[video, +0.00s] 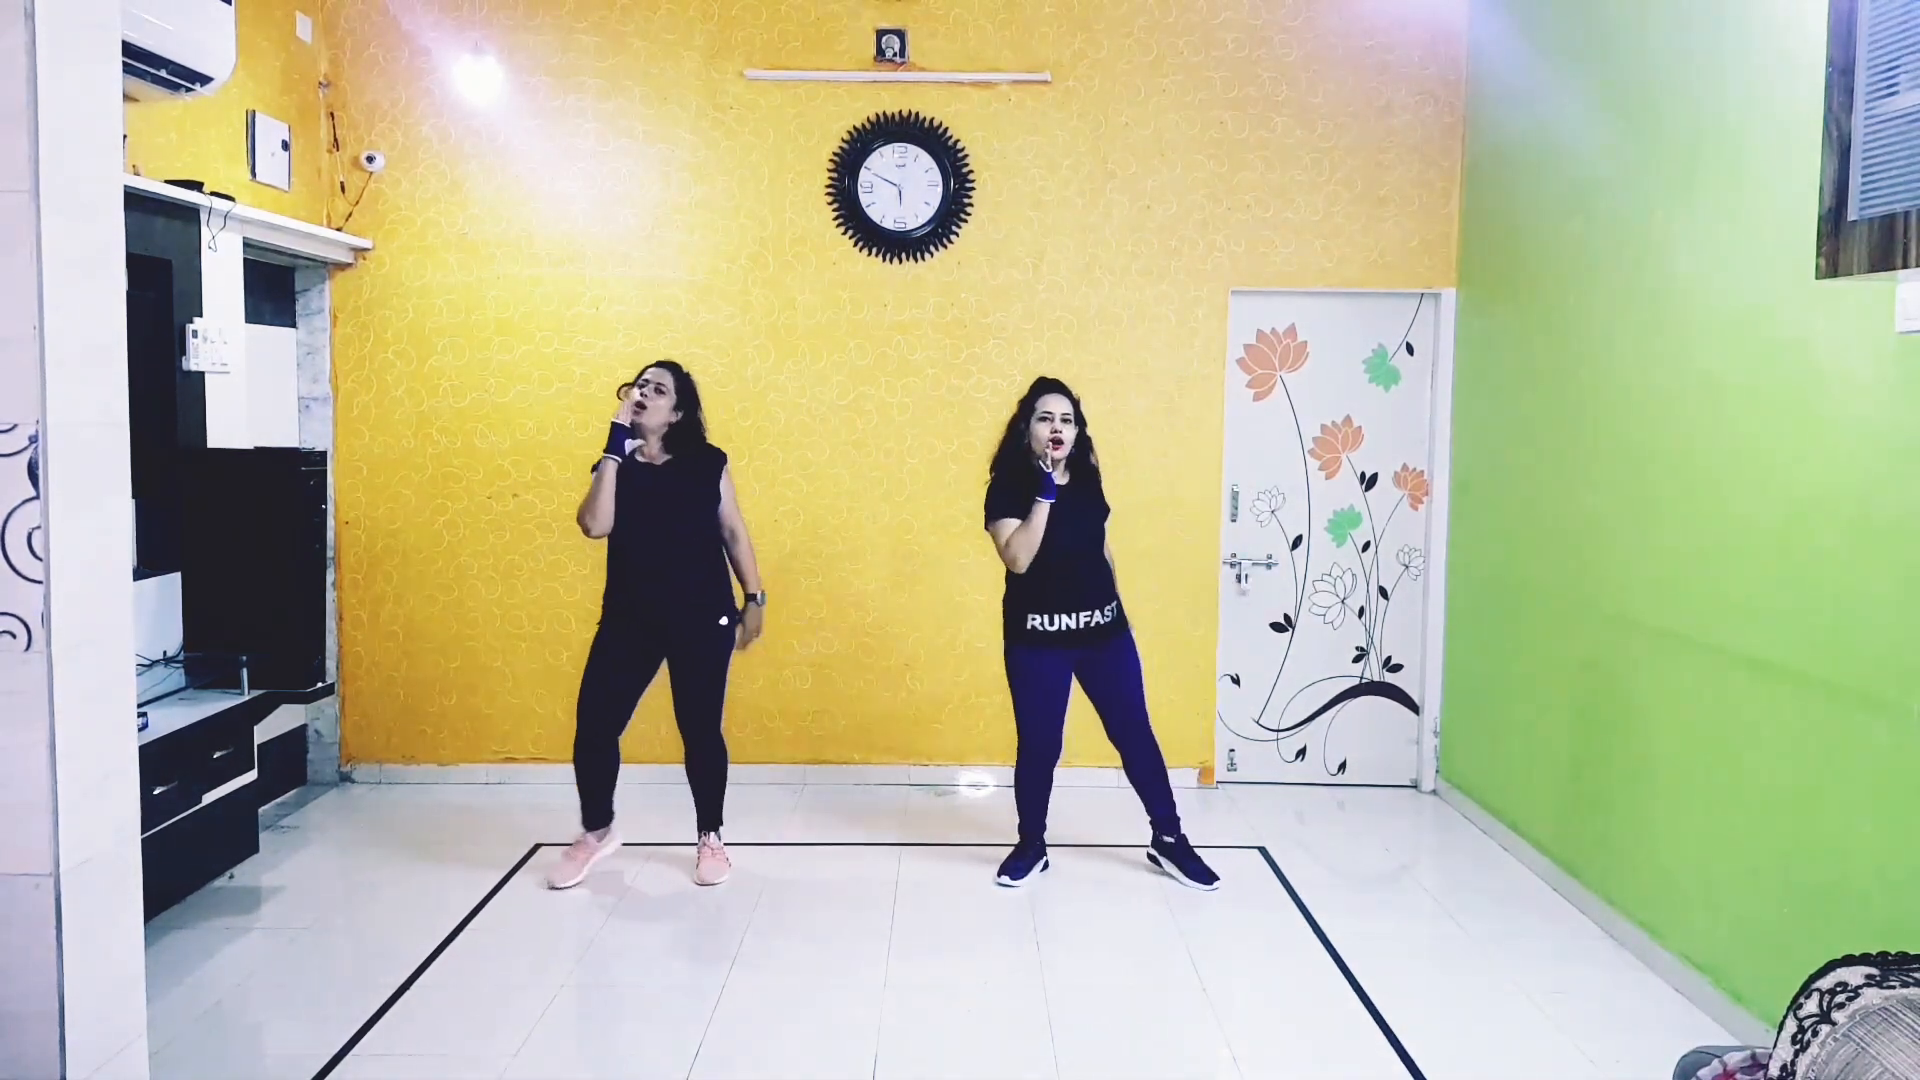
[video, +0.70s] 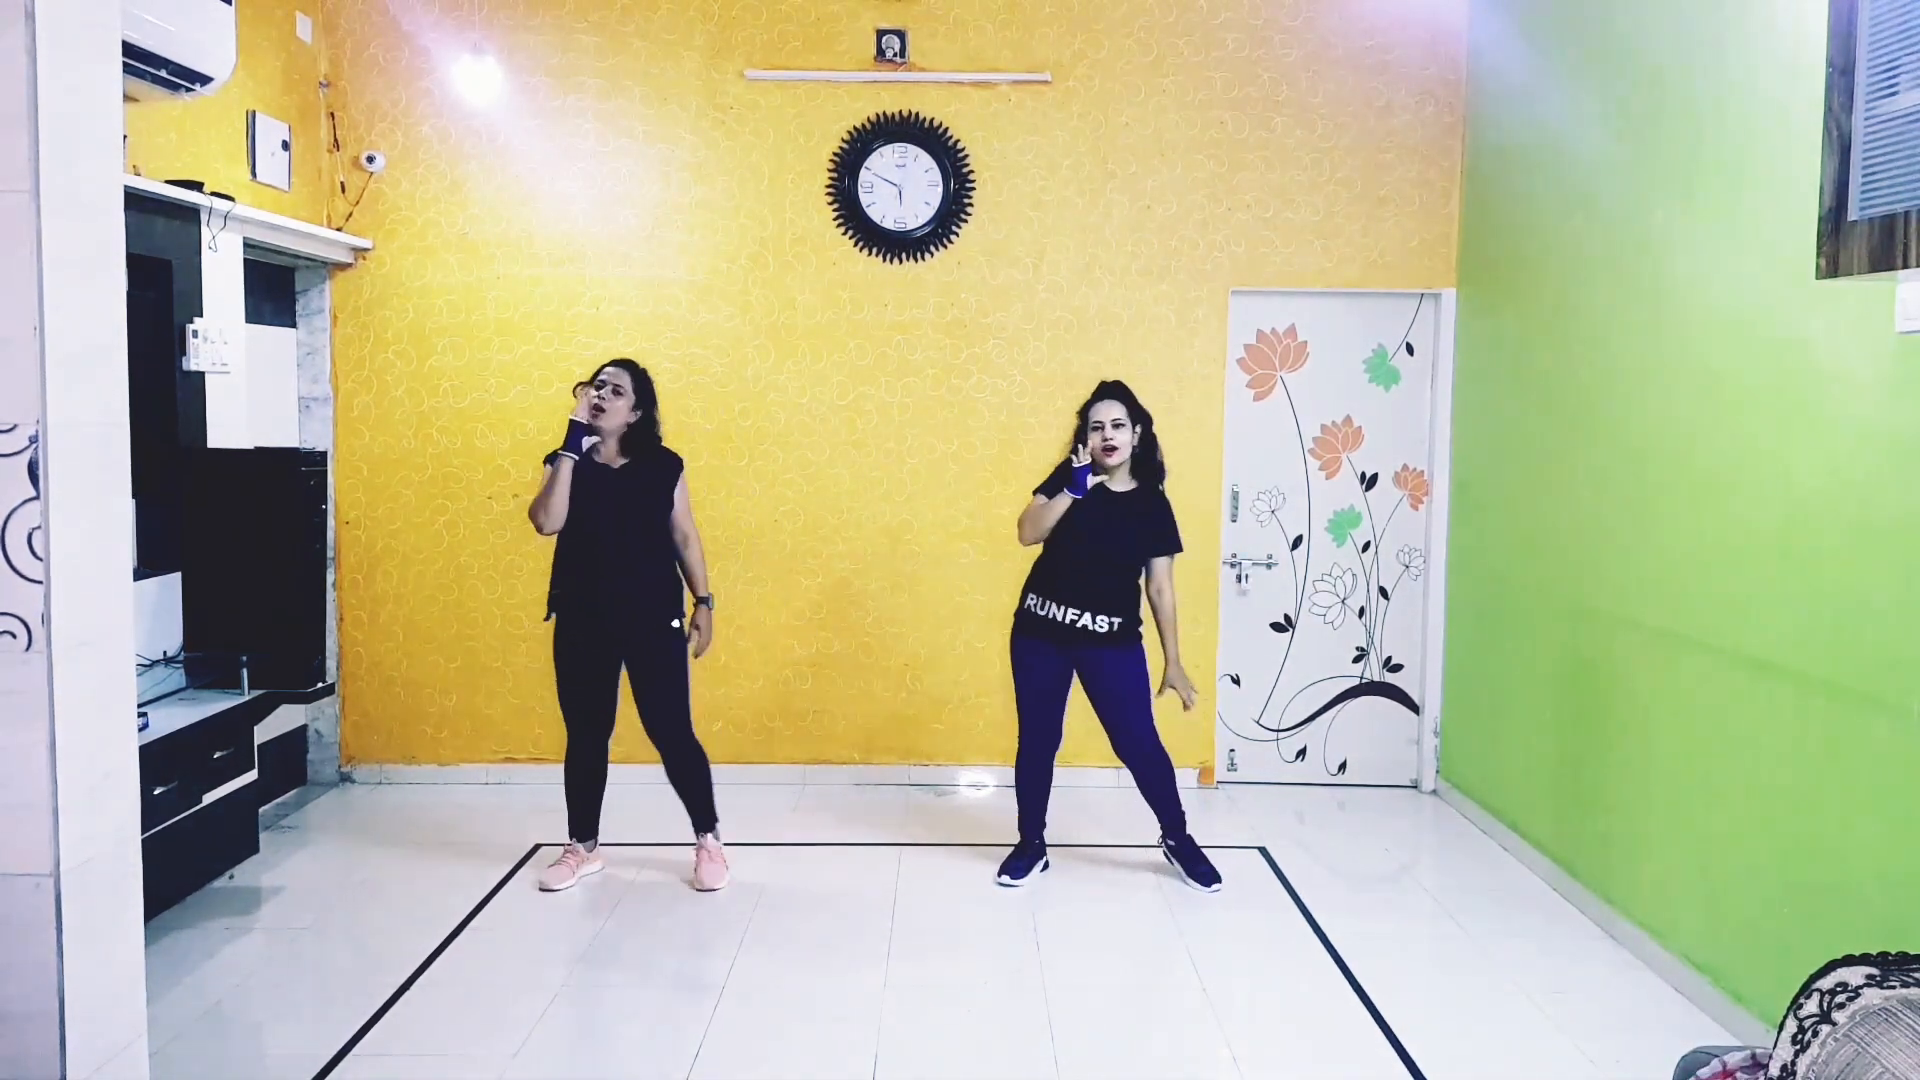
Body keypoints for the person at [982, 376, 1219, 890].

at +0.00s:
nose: (1057, 429)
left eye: (1066, 420)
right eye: (1045, 419)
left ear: (1077, 427)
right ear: (1025, 425)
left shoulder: (1087, 475)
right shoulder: (1008, 483)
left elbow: (1101, 547)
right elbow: (1016, 559)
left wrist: (1114, 610)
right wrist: (1048, 489)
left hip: (1101, 627)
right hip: (1036, 633)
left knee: (1135, 734)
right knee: (1038, 746)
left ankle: (1169, 836)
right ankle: (1030, 843)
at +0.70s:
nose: (1107, 434)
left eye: (1118, 425)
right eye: (1097, 426)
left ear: (1137, 433)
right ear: (1085, 436)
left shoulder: (1151, 503)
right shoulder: (1069, 477)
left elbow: (1161, 586)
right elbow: (1028, 533)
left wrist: (1173, 663)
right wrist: (1072, 487)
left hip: (1111, 639)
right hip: (1042, 629)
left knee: (1140, 746)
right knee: (1036, 742)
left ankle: (1178, 838)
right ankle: (1030, 842)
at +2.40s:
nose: (1091, 443)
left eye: (1099, 433)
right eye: (1079, 433)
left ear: (1107, 441)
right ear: (1056, 437)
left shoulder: (1093, 501)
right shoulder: (1029, 484)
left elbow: (1107, 578)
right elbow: (974, 529)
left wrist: (1142, 523)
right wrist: (954, 598)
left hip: (1088, 640)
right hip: (1028, 641)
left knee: (1126, 740)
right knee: (1037, 752)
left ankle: (1166, 840)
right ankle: (1027, 845)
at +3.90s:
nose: (1123, 440)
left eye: (1136, 432)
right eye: (1114, 428)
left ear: (1151, 440)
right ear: (1097, 432)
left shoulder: (1168, 487)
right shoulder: (1078, 497)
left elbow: (1228, 532)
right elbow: (1066, 568)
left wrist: (1281, 582)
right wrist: (1041, 622)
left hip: (1164, 642)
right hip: (1092, 640)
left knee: (1176, 749)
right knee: (1066, 746)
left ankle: (1191, 847)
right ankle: (1030, 841)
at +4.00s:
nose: (1118, 437)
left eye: (1131, 429)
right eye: (1109, 424)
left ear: (1145, 438)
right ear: (1091, 428)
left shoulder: (1161, 489)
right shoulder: (1070, 493)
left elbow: (1203, 556)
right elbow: (1050, 566)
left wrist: (1252, 611)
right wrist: (1033, 628)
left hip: (1156, 640)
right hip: (1084, 638)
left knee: (1172, 748)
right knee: (1060, 745)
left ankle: (1190, 846)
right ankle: (1029, 843)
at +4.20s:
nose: (1122, 441)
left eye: (1134, 432)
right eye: (1112, 429)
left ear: (1149, 441)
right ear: (1096, 436)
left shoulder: (1163, 498)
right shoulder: (1075, 498)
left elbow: (1193, 570)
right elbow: (1057, 571)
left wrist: (1215, 633)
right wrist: (1050, 643)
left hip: (1155, 647)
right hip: (1084, 645)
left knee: (1182, 752)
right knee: (1056, 750)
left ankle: (1191, 846)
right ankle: (1029, 842)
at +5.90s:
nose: (1158, 432)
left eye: (1170, 422)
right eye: (1149, 421)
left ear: (1188, 433)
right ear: (1136, 431)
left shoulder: (1210, 494)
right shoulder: (1119, 495)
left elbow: (1240, 556)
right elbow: (1083, 559)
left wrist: (1271, 603)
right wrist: (1044, 611)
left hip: (1182, 640)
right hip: (1112, 633)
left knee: (1206, 744)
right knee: (1093, 736)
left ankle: (1232, 841)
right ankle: (1067, 837)